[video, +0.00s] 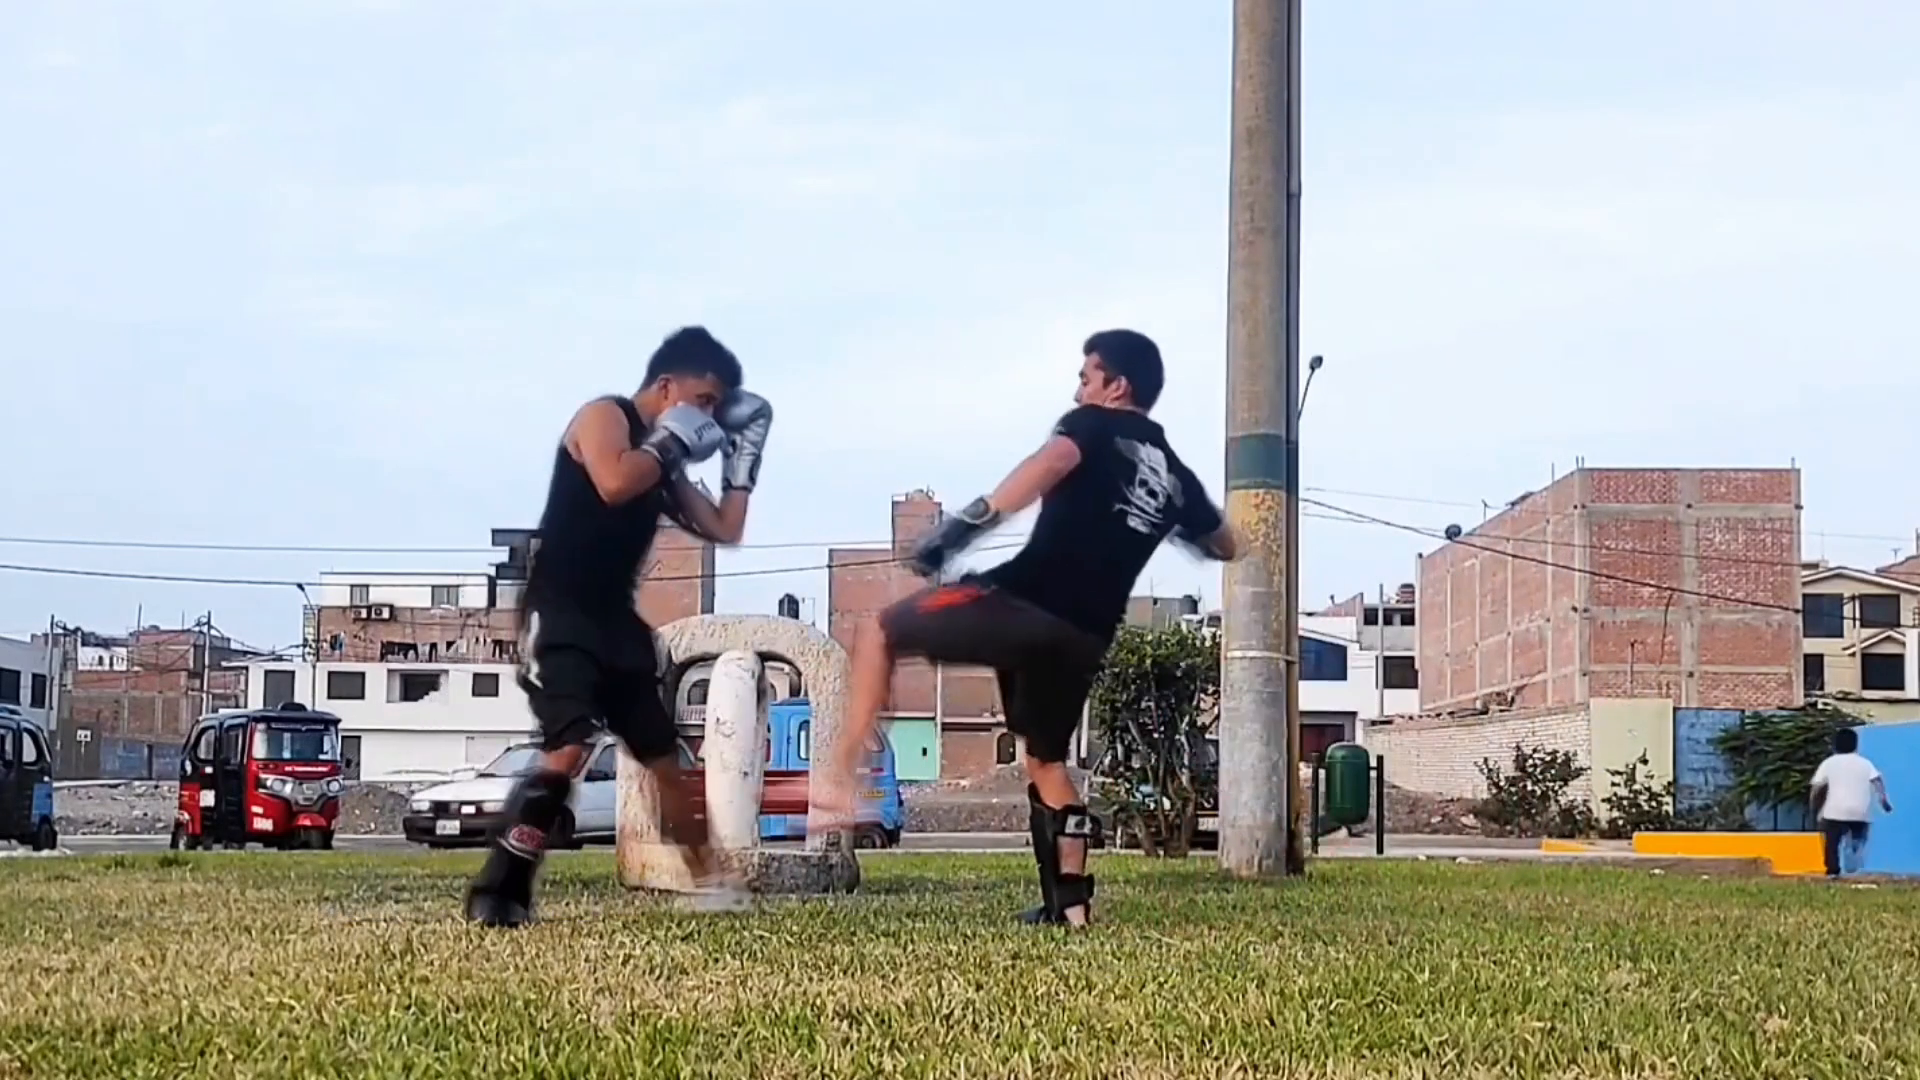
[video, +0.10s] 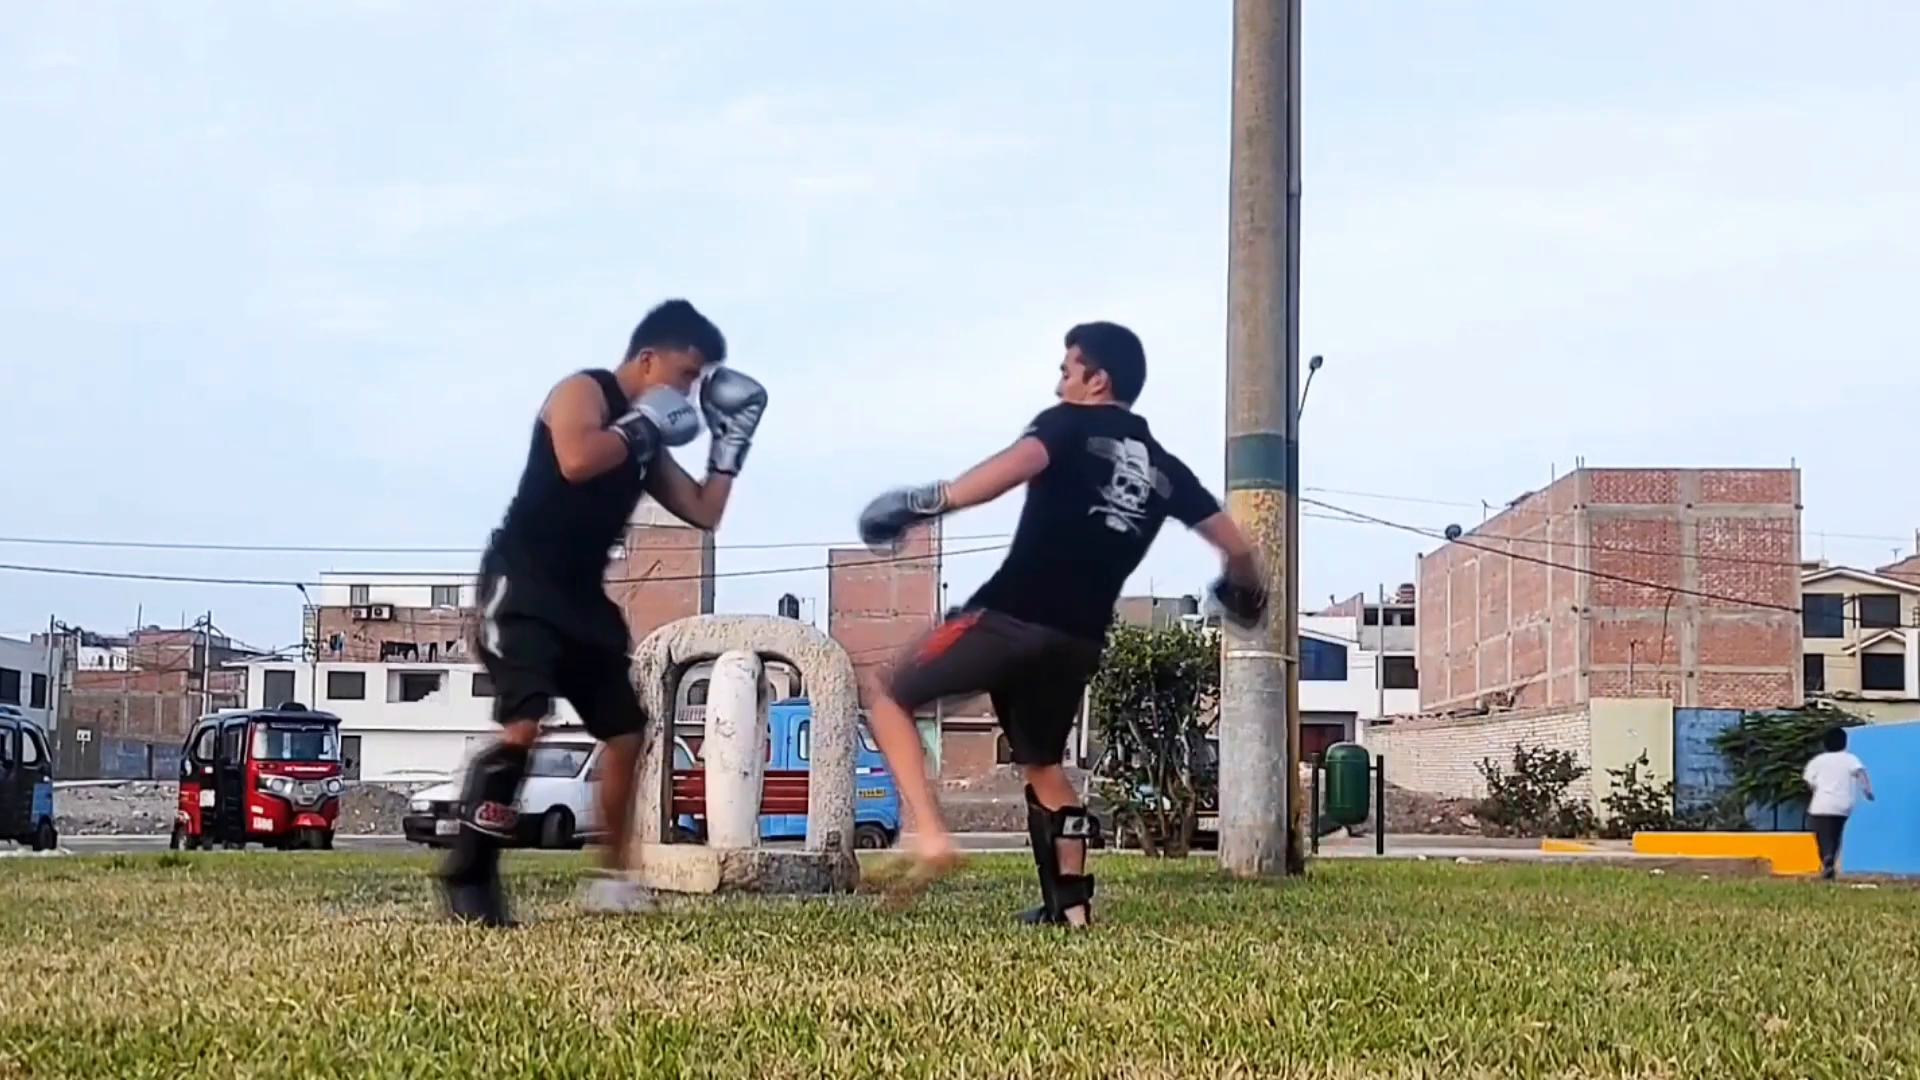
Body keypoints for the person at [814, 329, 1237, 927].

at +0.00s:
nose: (1079, 389)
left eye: (1087, 378)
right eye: (1082, 377)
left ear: (1119, 386)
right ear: (1140, 391)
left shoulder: (1094, 423)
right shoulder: (1178, 476)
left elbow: (1054, 462)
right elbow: (1227, 546)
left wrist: (964, 524)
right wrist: (1184, 523)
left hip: (1023, 606)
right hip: (1084, 639)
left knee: (880, 631)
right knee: (1047, 759)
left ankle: (839, 779)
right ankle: (1071, 905)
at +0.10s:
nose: (1059, 381)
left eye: (1068, 370)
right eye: (1063, 369)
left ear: (1098, 379)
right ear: (1121, 384)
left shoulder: (1068, 422)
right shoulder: (1166, 468)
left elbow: (1020, 464)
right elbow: (1236, 543)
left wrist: (928, 500)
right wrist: (1244, 584)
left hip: (1015, 617)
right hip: (1080, 640)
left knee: (886, 692)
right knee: (1044, 760)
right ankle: (1071, 906)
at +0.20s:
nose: (1038, 372)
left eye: (1047, 360)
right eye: (1043, 359)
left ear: (1078, 372)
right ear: (1100, 376)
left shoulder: (1049, 422)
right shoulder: (1142, 461)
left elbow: (987, 484)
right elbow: (1188, 554)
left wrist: (914, 489)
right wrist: (1187, 609)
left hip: (1008, 628)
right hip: (1072, 641)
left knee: (932, 761)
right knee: (1039, 767)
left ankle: (971, 897)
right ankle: (1070, 905)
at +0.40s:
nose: (997, 332)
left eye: (1007, 319)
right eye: (1002, 318)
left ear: (1039, 329)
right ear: (1059, 332)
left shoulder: (1025, 398)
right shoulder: (1113, 421)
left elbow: (966, 497)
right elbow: (1116, 537)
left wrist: (942, 437)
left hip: (1021, 615)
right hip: (1087, 620)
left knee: (940, 746)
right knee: (1055, 751)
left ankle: (986, 919)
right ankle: (1059, 908)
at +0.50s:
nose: (999, 298)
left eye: (1009, 284)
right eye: (1003, 283)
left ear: (1043, 294)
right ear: (1059, 297)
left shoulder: (1045, 362)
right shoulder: (1102, 369)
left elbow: (988, 460)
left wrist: (961, 400)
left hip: (1047, 586)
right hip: (1102, 588)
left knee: (976, 733)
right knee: (1049, 732)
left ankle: (985, 918)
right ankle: (1090, 873)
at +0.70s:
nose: (1031, 284)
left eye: (1040, 269)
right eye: (1034, 268)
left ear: (1078, 276)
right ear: (1086, 279)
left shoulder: (1108, 351)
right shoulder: (1104, 350)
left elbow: (1056, 450)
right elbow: (1066, 444)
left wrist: (1016, 377)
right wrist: (1030, 378)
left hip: (1101, 576)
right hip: (1125, 576)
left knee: (1010, 711)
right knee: (1088, 734)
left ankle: (1089, 890)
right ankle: (1150, 905)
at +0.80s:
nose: (1047, 284)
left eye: (1056, 268)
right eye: (1051, 268)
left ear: (1091, 278)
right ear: (1105, 282)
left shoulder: (1118, 353)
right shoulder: (1106, 357)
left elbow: (1081, 467)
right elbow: (1078, 461)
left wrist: (1030, 396)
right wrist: (1035, 402)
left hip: (1127, 589)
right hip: (1120, 587)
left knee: (1063, 728)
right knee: (1120, 759)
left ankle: (1191, 878)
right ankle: (1152, 918)